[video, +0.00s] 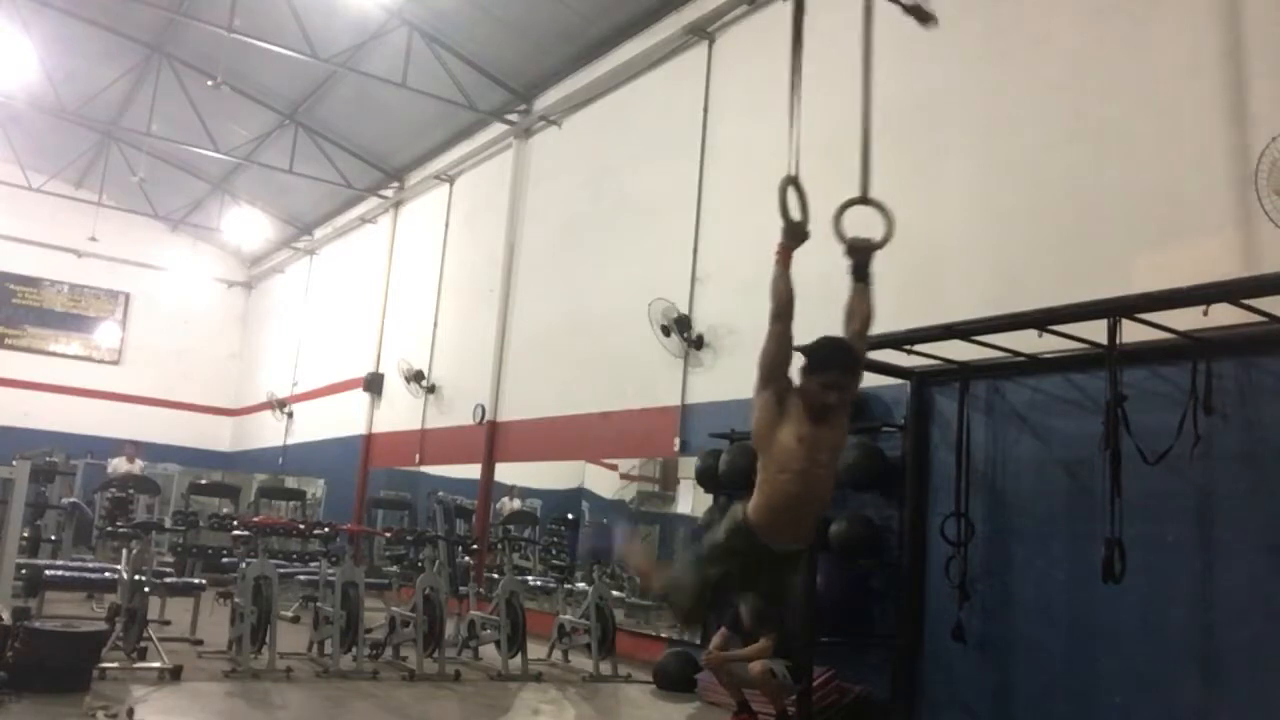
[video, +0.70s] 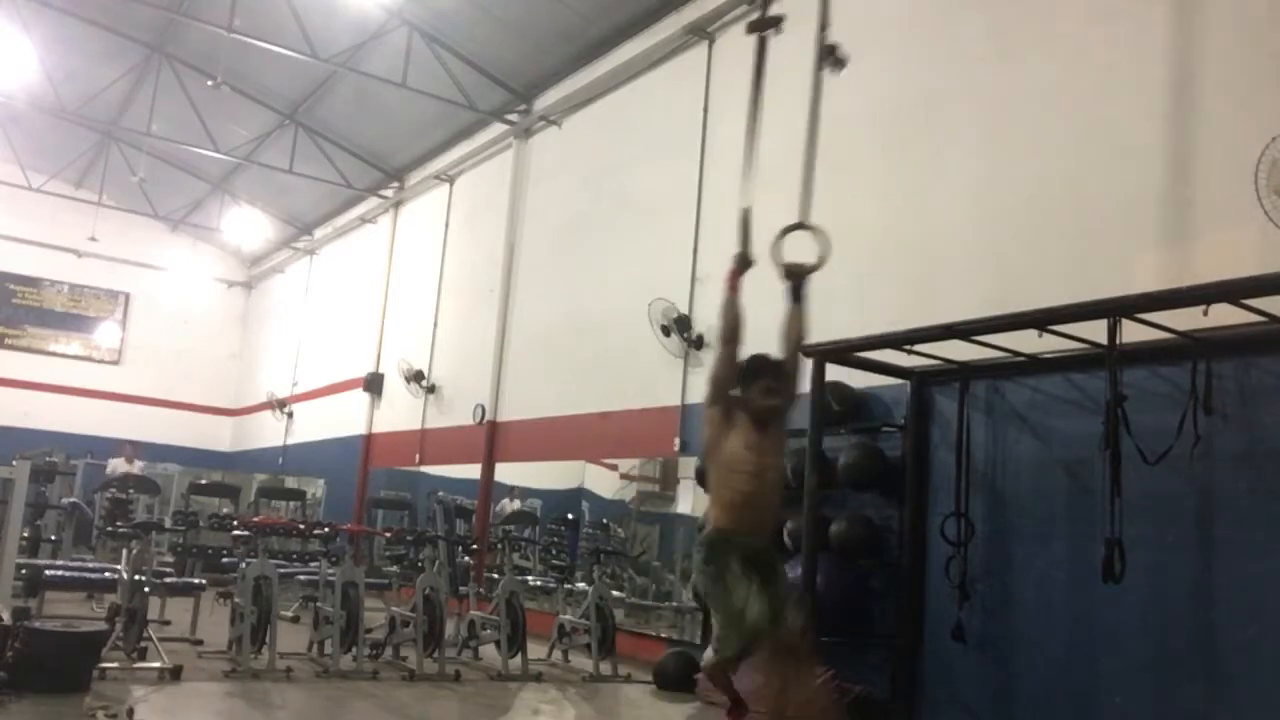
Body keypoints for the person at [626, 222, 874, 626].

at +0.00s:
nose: (834, 399)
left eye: (843, 391)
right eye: (826, 387)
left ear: (851, 389)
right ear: (804, 376)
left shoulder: (840, 411)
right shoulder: (775, 401)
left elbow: (857, 332)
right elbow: (780, 321)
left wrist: (861, 268)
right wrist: (784, 255)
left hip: (793, 556)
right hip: (744, 541)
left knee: (787, 648)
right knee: (685, 606)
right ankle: (631, 552)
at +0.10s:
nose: (849, 392)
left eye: (857, 384)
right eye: (842, 380)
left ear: (863, 381)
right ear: (818, 365)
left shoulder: (849, 401)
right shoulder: (785, 389)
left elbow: (878, 329)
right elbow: (787, 313)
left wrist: (886, 262)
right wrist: (796, 244)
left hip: (784, 534)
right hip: (741, 516)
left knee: (751, 603)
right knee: (659, 543)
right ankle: (637, 460)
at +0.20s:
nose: (854, 387)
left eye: (863, 380)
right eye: (849, 374)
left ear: (868, 377)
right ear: (827, 359)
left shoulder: (853, 396)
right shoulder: (790, 387)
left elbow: (888, 328)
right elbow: (794, 308)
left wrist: (899, 259)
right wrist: (804, 234)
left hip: (772, 523)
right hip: (733, 499)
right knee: (651, 510)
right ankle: (643, 427)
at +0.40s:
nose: (852, 388)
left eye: (859, 380)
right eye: (846, 376)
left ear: (863, 378)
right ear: (819, 365)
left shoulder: (849, 403)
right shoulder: (787, 390)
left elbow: (876, 333)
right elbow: (792, 313)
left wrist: (880, 268)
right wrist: (801, 246)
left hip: (774, 537)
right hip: (735, 514)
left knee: (728, 579)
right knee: (665, 549)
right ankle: (637, 486)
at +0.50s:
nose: (837, 388)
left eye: (843, 381)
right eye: (829, 378)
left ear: (847, 386)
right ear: (803, 374)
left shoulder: (834, 416)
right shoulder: (776, 403)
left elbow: (855, 339)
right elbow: (783, 324)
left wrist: (860, 275)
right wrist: (790, 255)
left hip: (776, 557)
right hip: (736, 541)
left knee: (739, 628)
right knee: (689, 605)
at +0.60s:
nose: (810, 393)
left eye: (815, 386)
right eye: (801, 384)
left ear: (823, 387)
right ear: (778, 382)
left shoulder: (811, 418)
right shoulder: (754, 411)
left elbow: (828, 349)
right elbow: (761, 336)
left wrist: (830, 283)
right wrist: (764, 275)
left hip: (776, 562)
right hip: (734, 552)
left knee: (745, 659)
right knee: (712, 659)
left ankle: (702, 697)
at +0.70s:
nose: (775, 401)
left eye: (780, 394)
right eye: (767, 393)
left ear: (787, 396)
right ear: (746, 391)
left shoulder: (776, 425)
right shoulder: (723, 419)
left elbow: (792, 357)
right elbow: (728, 345)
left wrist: (796, 293)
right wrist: (732, 283)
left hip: (763, 549)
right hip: (720, 546)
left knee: (774, 627)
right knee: (748, 621)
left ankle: (722, 669)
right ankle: (713, 670)